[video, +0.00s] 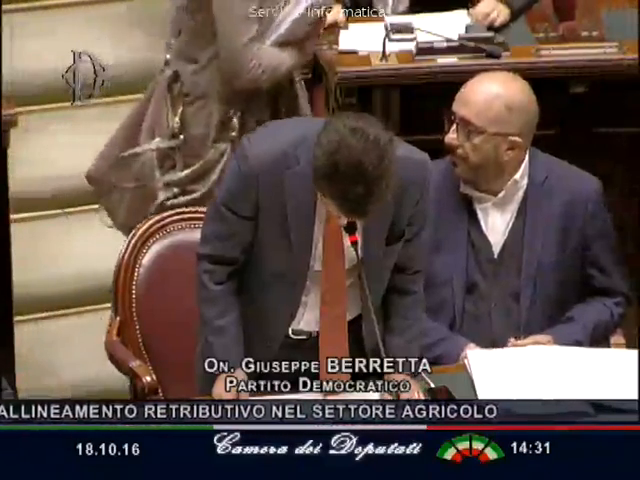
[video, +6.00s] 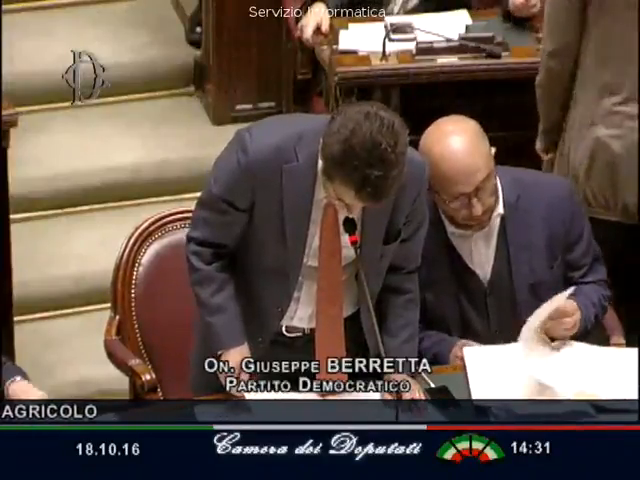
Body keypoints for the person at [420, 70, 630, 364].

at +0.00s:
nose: (449, 139)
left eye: (468, 131)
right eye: (452, 121)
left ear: (511, 149)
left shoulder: (578, 195)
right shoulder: (423, 187)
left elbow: (612, 296)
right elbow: (395, 307)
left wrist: (557, 340)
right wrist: (458, 352)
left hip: (548, 381)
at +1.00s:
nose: (480, 167)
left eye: (500, 155)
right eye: (474, 146)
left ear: (534, 156)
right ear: (467, 134)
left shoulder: (581, 198)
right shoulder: (428, 188)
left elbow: (612, 296)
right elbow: (390, 300)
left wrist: (558, 341)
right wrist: (458, 349)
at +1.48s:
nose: (517, 188)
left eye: (534, 173)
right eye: (505, 170)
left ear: (557, 163)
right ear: (485, 150)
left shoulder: (592, 203)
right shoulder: (434, 197)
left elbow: (613, 298)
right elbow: (396, 305)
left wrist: (561, 342)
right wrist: (461, 353)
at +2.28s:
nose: (500, 208)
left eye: (511, 190)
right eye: (484, 195)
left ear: (523, 162)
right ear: (454, 177)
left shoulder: (571, 201)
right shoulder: (425, 217)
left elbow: (605, 290)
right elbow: (409, 321)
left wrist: (568, 315)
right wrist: (466, 360)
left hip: (559, 367)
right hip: (468, 374)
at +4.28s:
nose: (474, 209)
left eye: (483, 189)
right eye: (457, 198)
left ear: (495, 157)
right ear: (428, 183)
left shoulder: (553, 196)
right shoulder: (409, 222)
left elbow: (588, 271)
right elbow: (399, 326)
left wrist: (604, 307)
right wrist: (455, 353)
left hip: (556, 377)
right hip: (458, 388)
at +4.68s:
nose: (476, 207)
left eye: (483, 188)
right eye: (458, 198)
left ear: (494, 159)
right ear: (430, 185)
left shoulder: (552, 196)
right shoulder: (410, 221)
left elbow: (599, 279)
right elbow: (400, 325)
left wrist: (565, 302)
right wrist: (455, 353)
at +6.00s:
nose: (476, 208)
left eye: (482, 188)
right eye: (458, 199)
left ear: (492, 158)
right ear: (430, 187)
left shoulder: (553, 198)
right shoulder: (408, 224)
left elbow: (594, 282)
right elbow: (401, 326)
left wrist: (578, 310)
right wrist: (448, 350)